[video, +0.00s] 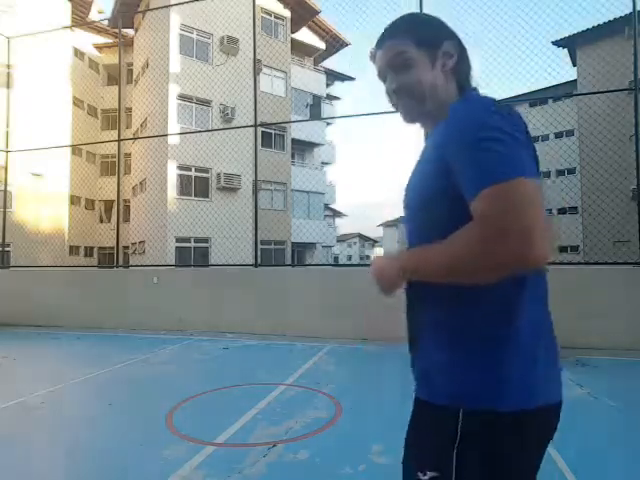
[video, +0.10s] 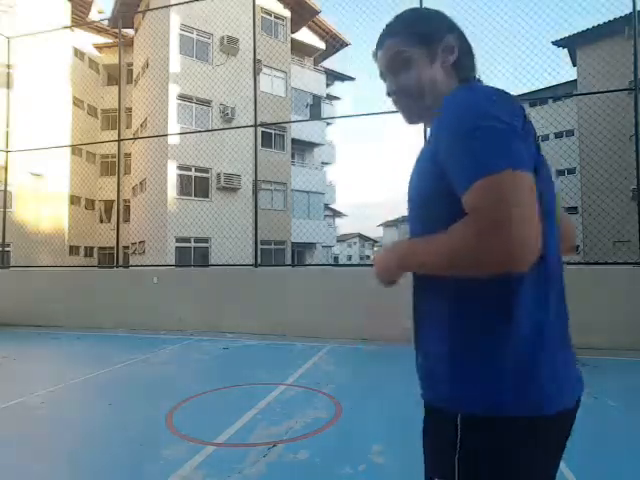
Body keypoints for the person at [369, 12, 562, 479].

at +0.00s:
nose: (390, 88)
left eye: (400, 69)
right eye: (384, 79)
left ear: (446, 59)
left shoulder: (477, 121)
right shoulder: (453, 132)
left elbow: (521, 240)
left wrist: (404, 265)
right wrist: (411, 259)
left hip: (486, 400)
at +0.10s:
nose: (391, 88)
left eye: (401, 68)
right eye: (385, 78)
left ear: (447, 53)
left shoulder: (470, 108)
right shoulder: (503, 113)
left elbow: (511, 239)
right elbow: (561, 234)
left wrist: (404, 254)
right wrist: (440, 244)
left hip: (487, 402)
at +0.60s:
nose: (424, 132)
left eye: (422, 117)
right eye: (420, 120)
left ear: (442, 100)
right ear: (488, 102)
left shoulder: (471, 143)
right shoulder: (538, 157)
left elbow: (477, 269)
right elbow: (592, 268)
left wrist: (421, 281)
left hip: (502, 418)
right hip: (566, 415)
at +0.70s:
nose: (429, 153)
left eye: (426, 138)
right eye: (424, 142)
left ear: (444, 121)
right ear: (488, 123)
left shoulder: (468, 169)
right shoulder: (549, 181)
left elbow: (467, 290)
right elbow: (575, 284)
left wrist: (409, 310)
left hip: (493, 423)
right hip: (568, 421)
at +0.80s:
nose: (427, 149)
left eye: (424, 136)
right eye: (422, 140)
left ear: (438, 116)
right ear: (482, 115)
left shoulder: (458, 155)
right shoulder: (543, 170)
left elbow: (460, 267)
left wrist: (414, 268)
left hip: (468, 397)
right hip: (549, 399)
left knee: (411, 472)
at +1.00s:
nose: (405, 145)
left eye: (403, 135)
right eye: (403, 137)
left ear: (414, 124)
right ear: (459, 121)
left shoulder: (414, 162)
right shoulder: (516, 172)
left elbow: (391, 270)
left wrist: (371, 250)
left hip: (438, 396)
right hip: (520, 396)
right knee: (522, 472)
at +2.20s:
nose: (439, 151)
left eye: (440, 142)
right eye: (440, 141)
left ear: (449, 142)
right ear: (492, 145)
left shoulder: (423, 180)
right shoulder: (528, 198)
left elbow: (376, 262)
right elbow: (516, 263)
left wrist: (422, 238)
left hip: (424, 376)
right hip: (500, 381)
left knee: (399, 471)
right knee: (510, 473)